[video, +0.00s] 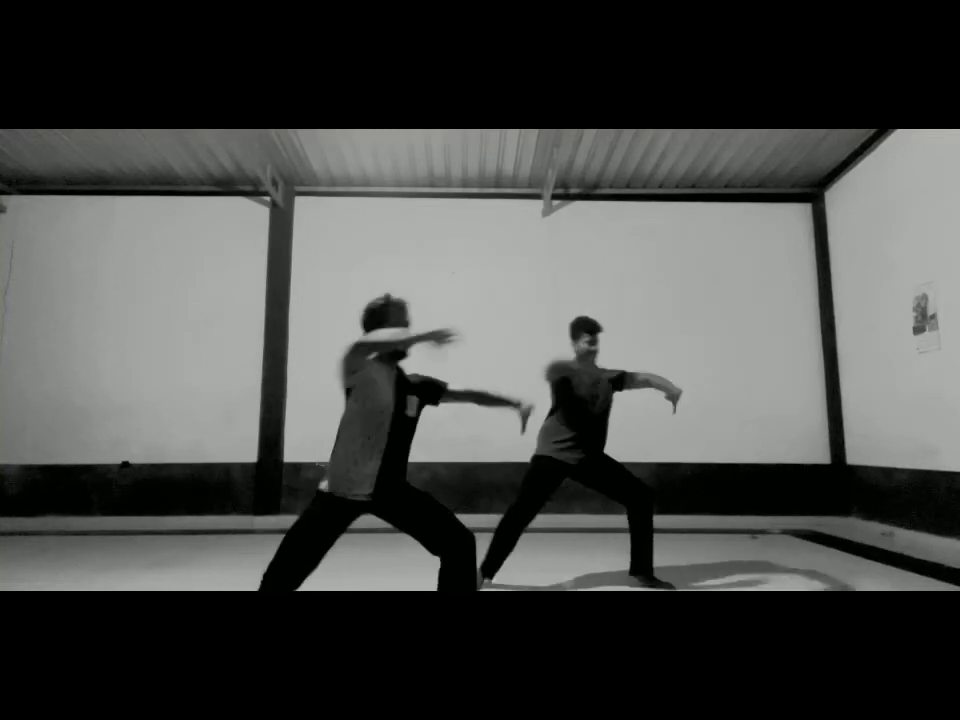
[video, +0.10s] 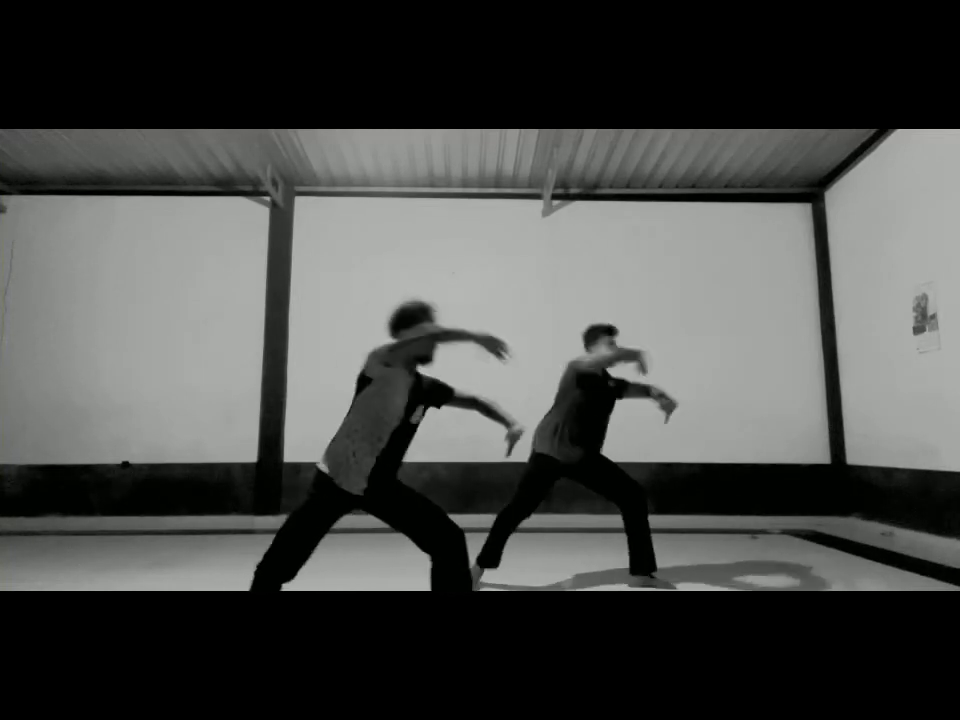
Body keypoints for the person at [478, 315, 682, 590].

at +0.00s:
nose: (592, 342)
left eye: (595, 337)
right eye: (585, 338)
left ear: (599, 341)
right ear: (574, 342)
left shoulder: (607, 378)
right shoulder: (564, 370)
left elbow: (646, 378)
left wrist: (672, 390)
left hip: (589, 457)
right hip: (553, 455)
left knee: (640, 497)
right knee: (522, 511)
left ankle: (642, 572)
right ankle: (485, 574)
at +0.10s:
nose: (614, 347)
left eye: (614, 343)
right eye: (609, 343)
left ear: (612, 348)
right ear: (592, 346)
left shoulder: (611, 385)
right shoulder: (577, 368)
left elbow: (644, 389)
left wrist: (661, 396)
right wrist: (635, 356)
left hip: (583, 456)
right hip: (551, 451)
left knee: (632, 496)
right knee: (520, 507)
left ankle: (642, 572)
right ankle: (480, 566)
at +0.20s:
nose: (620, 366)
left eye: (623, 362)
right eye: (616, 360)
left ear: (618, 361)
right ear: (600, 355)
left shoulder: (602, 387)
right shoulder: (585, 373)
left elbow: (623, 398)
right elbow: (623, 376)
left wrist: (642, 405)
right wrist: (663, 370)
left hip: (572, 453)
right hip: (547, 451)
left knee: (624, 495)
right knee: (518, 510)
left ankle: (641, 571)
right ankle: (481, 574)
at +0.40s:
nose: (593, 361)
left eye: (595, 357)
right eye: (592, 355)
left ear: (577, 349)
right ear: (583, 351)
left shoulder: (579, 376)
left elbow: (613, 387)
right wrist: (642, 424)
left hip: (569, 454)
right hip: (540, 454)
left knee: (623, 493)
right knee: (510, 513)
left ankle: (637, 571)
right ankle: (478, 579)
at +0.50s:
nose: (571, 350)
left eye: (574, 344)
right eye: (566, 344)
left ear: (576, 346)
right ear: (552, 343)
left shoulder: (575, 375)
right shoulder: (540, 380)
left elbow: (610, 374)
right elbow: (555, 416)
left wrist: (622, 382)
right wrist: (599, 433)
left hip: (574, 455)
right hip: (540, 457)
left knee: (632, 489)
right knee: (509, 511)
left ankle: (639, 567)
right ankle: (479, 574)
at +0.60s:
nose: (560, 346)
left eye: (562, 341)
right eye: (553, 341)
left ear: (566, 343)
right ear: (540, 345)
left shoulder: (580, 374)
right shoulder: (532, 380)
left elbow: (620, 367)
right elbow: (528, 408)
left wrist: (636, 374)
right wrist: (567, 416)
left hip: (585, 455)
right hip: (547, 458)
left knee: (638, 497)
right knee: (509, 513)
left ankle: (636, 567)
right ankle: (478, 575)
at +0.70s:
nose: (563, 346)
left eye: (566, 341)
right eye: (557, 342)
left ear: (572, 342)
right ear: (548, 346)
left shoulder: (595, 372)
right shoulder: (542, 379)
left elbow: (635, 362)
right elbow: (512, 390)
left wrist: (643, 371)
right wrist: (544, 385)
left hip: (592, 457)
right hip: (551, 459)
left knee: (642, 500)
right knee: (516, 513)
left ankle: (639, 573)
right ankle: (480, 574)